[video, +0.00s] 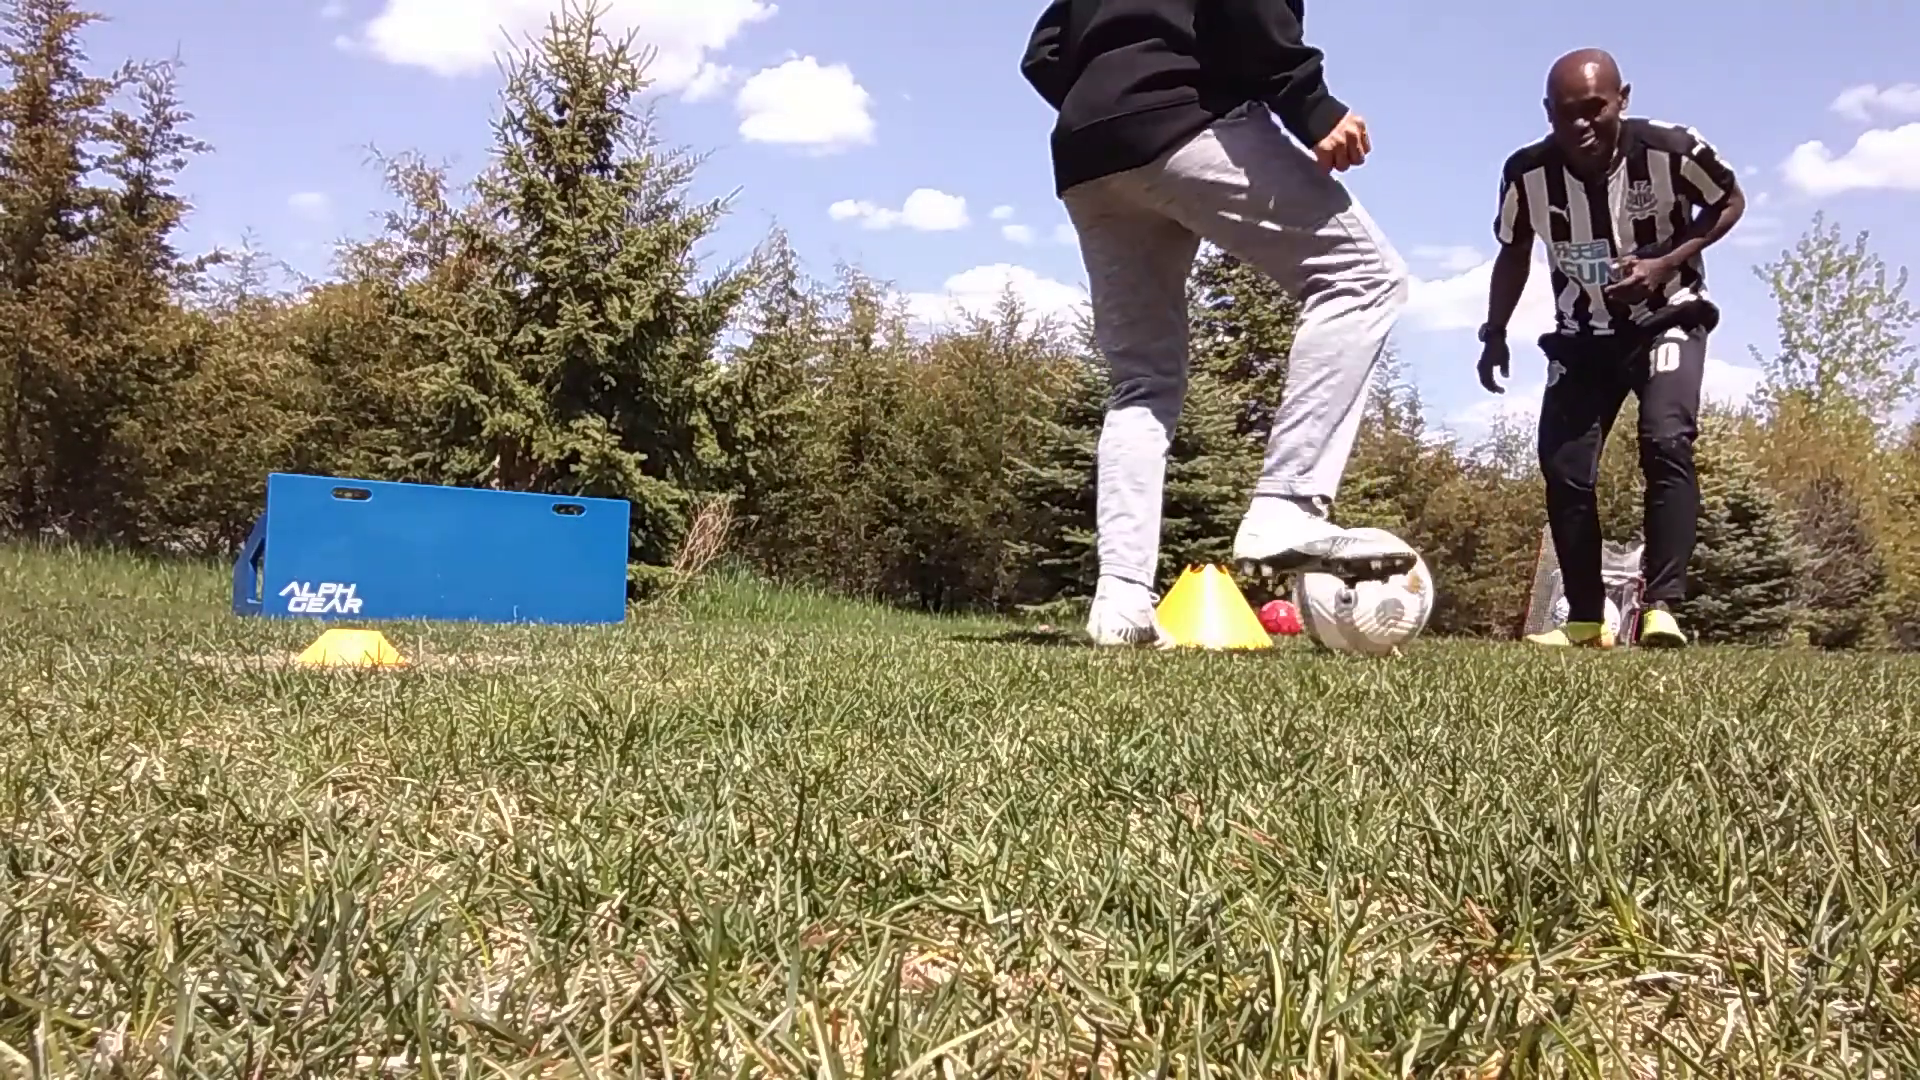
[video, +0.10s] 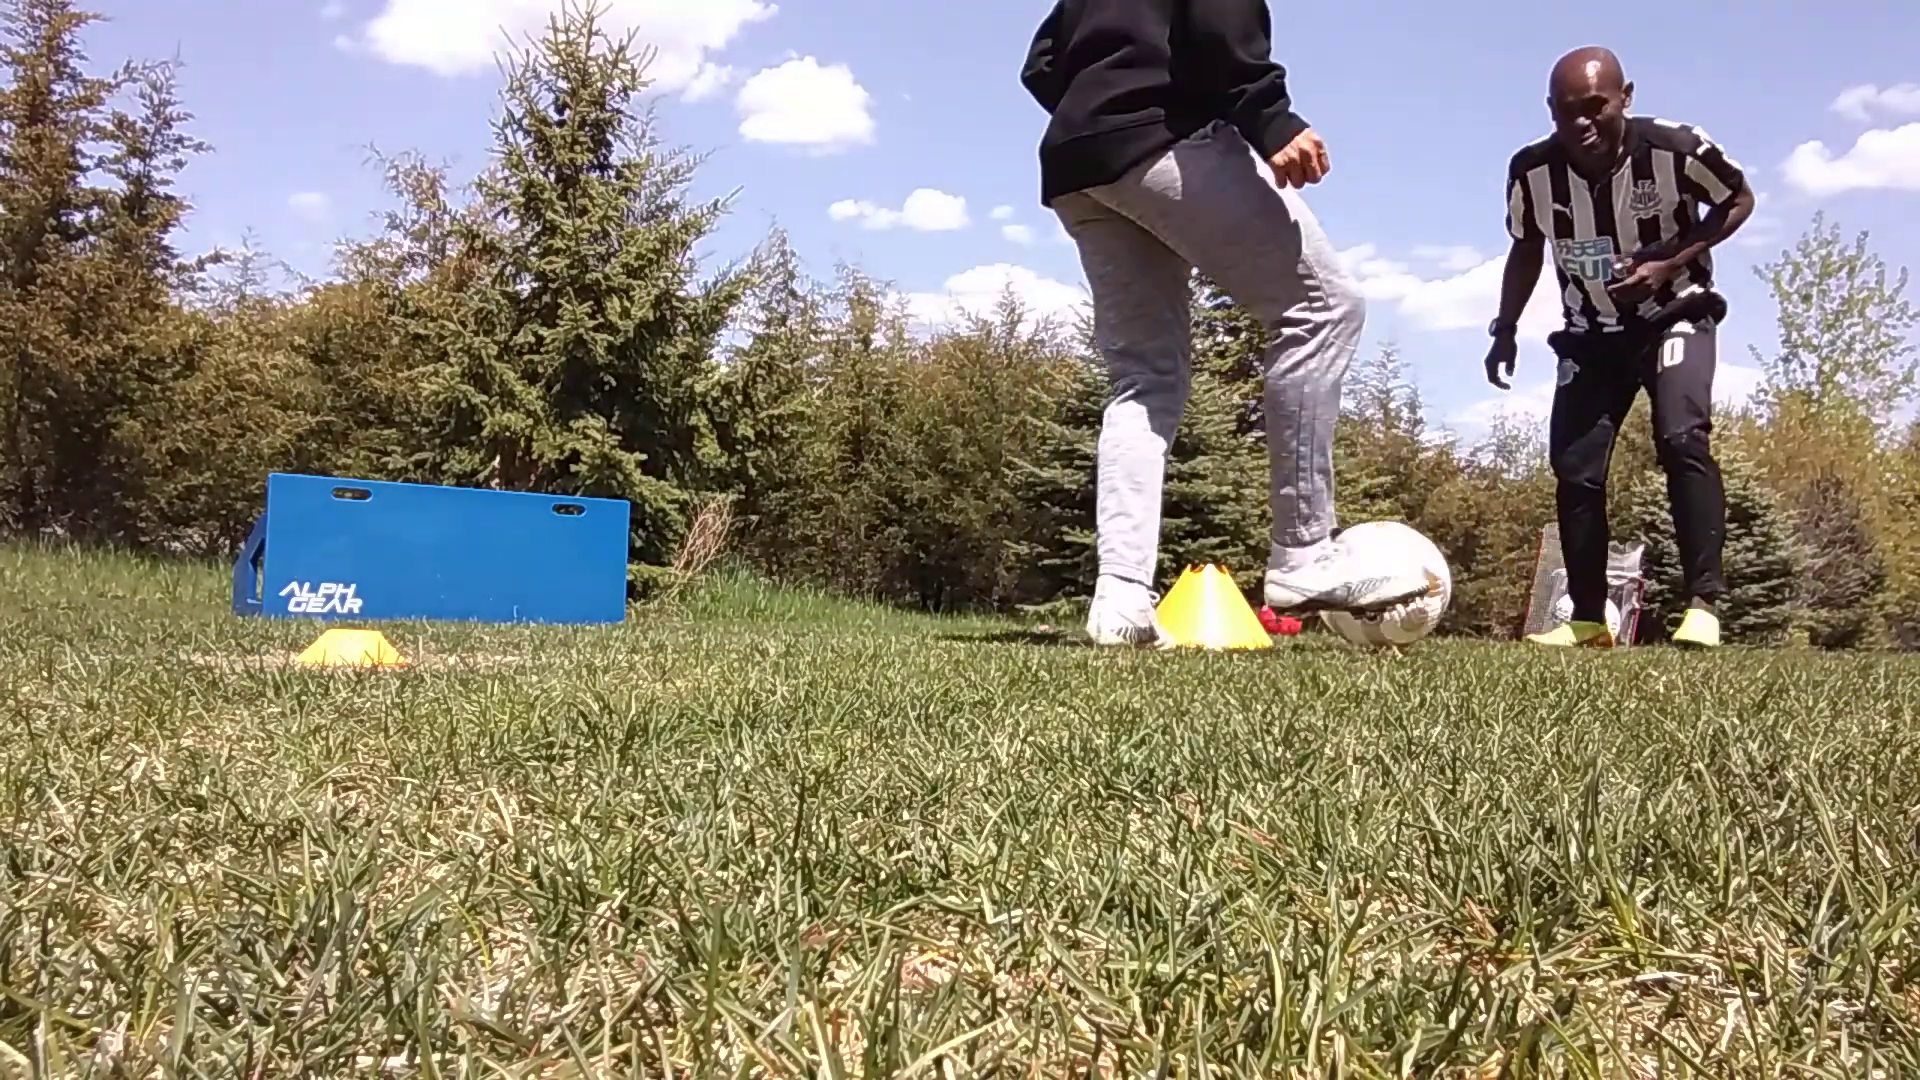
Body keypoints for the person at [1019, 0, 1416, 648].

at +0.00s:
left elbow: (1044, 52)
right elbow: (1254, 14)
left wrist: (1116, 117)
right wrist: (1314, 105)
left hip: (1081, 136)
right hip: (1185, 105)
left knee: (1141, 384)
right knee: (1365, 278)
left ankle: (1121, 603)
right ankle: (1288, 505)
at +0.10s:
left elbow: (1043, 61)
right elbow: (1219, 19)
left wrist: (1117, 122)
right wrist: (1274, 120)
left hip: (1072, 142)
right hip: (1167, 127)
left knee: (1144, 380)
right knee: (1322, 308)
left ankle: (1120, 604)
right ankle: (1303, 560)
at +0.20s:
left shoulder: (1082, 2)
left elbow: (1038, 63)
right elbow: (1222, 29)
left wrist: (1100, 120)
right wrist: (1275, 136)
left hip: (1056, 139)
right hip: (1156, 119)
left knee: (1130, 376)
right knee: (1270, 334)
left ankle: (1114, 586)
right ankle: (1258, 583)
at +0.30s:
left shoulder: (1069, 5)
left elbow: (1015, 84)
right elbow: (1267, 58)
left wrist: (1082, 146)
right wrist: (1303, 190)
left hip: (1049, 168)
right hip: (1153, 146)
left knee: (1108, 379)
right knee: (1255, 373)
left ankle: (1065, 545)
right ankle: (1245, 603)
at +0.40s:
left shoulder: (1044, 6)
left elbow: (989, 97)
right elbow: (1237, 65)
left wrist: (1054, 166)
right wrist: (1287, 196)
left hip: (1024, 187)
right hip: (1129, 166)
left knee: (1067, 396)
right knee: (1236, 377)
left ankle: (974, 574)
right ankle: (1244, 603)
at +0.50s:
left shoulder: (1009, 4)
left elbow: (951, 70)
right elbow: (1147, 40)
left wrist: (1015, 136)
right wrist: (1215, 149)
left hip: (986, 171)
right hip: (1083, 154)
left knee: (999, 401)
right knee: (1172, 367)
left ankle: (934, 588)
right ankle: (1197, 584)